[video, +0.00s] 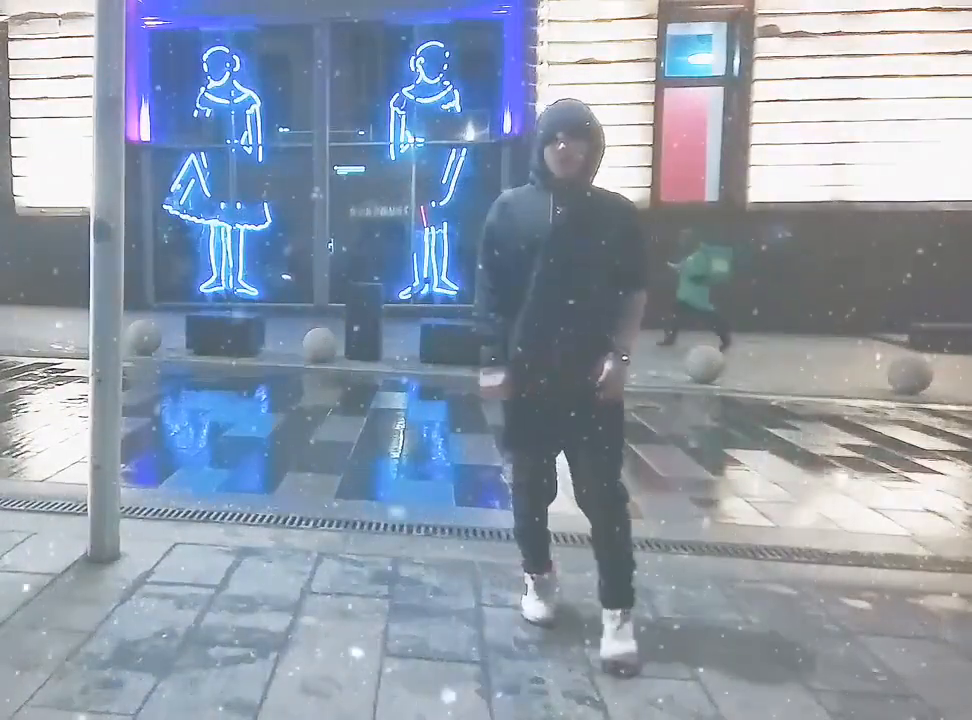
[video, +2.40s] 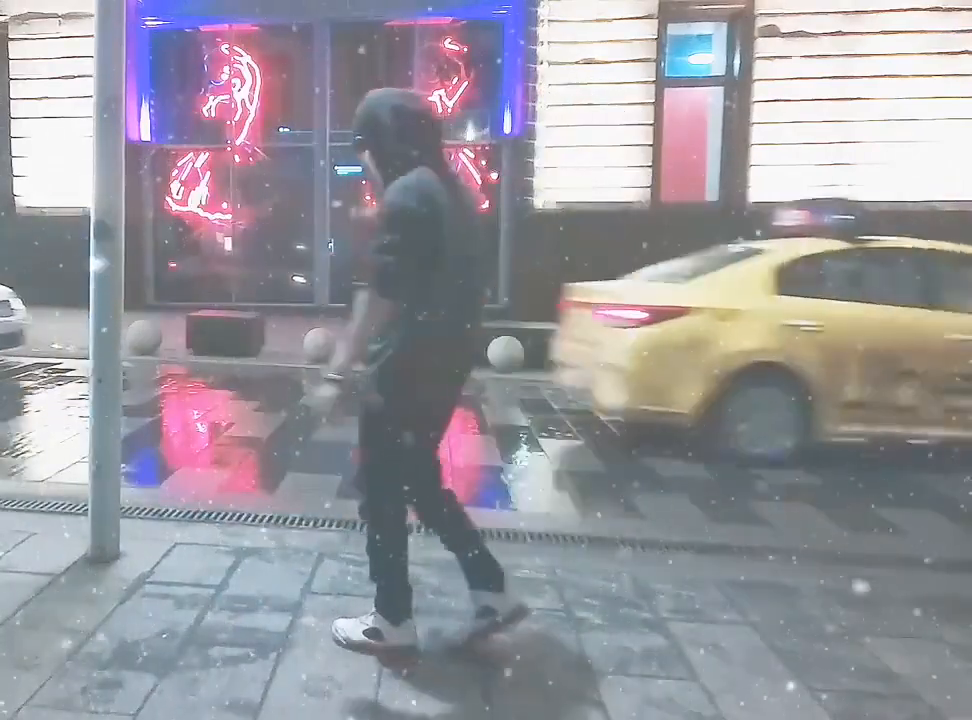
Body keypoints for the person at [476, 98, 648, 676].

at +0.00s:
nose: (565, 149)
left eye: (577, 140)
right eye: (556, 140)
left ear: (594, 149)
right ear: (540, 148)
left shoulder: (617, 215)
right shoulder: (510, 209)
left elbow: (633, 291)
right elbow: (489, 293)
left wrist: (621, 355)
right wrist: (491, 362)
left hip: (593, 372)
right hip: (526, 372)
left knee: (602, 493)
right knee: (529, 486)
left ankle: (617, 612)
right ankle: (539, 578)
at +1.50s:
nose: (494, 161)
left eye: (503, 148)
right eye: (491, 150)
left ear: (539, 143)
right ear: (499, 149)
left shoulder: (591, 205)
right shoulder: (502, 205)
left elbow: (612, 296)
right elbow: (472, 284)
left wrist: (573, 374)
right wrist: (432, 337)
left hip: (541, 384)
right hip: (490, 379)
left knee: (524, 501)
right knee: (499, 501)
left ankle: (592, 601)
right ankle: (517, 627)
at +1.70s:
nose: (476, 167)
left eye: (482, 154)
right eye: (473, 156)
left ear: (517, 147)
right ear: (485, 153)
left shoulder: (569, 205)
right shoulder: (494, 201)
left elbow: (594, 292)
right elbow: (475, 284)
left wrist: (580, 376)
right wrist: (439, 347)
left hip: (522, 374)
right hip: (482, 370)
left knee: (472, 494)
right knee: (499, 496)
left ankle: (521, 631)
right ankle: (508, 620)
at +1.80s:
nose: (457, 172)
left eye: (462, 158)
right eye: (453, 160)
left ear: (496, 150)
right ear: (478, 154)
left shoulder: (548, 206)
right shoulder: (488, 205)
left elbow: (579, 290)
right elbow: (482, 294)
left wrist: (577, 376)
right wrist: (464, 367)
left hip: (506, 376)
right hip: (473, 373)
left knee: (448, 492)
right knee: (502, 495)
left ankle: (450, 633)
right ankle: (517, 623)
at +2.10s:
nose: (410, 171)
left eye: (411, 157)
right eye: (405, 159)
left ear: (439, 149)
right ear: (449, 148)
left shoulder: (482, 201)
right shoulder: (467, 200)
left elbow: (509, 292)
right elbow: (466, 295)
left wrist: (503, 376)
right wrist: (431, 371)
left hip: (458, 372)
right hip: (452, 369)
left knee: (407, 490)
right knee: (486, 490)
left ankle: (395, 620)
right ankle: (516, 612)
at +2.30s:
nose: (370, 166)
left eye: (375, 153)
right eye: (370, 154)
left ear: (406, 148)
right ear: (420, 145)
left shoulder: (438, 202)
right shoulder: (453, 196)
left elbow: (440, 303)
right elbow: (453, 302)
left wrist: (415, 383)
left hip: (426, 379)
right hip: (451, 376)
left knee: (385, 494)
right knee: (460, 494)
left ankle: (394, 622)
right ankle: (511, 613)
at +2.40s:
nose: (362, 159)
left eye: (365, 146)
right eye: (361, 147)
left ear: (389, 142)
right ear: (417, 138)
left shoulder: (408, 196)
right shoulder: (451, 190)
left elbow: (384, 291)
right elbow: (458, 290)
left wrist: (346, 358)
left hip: (409, 357)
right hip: (448, 355)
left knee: (379, 485)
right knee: (422, 480)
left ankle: (392, 620)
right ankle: (494, 594)